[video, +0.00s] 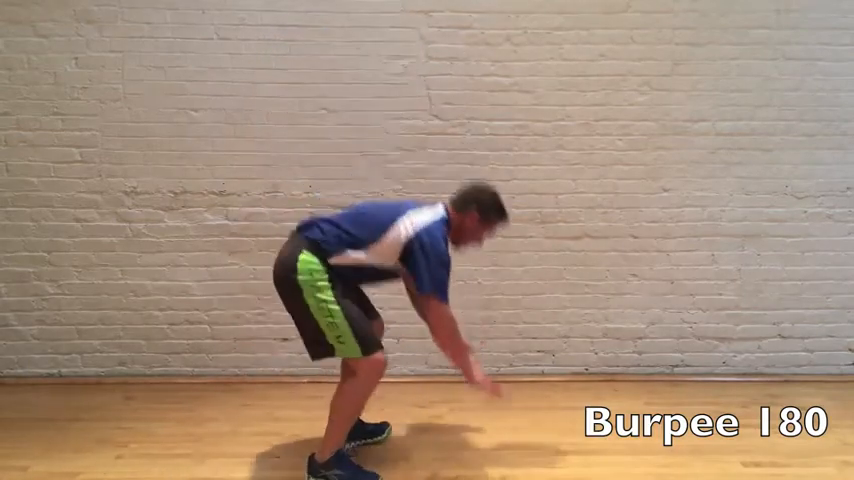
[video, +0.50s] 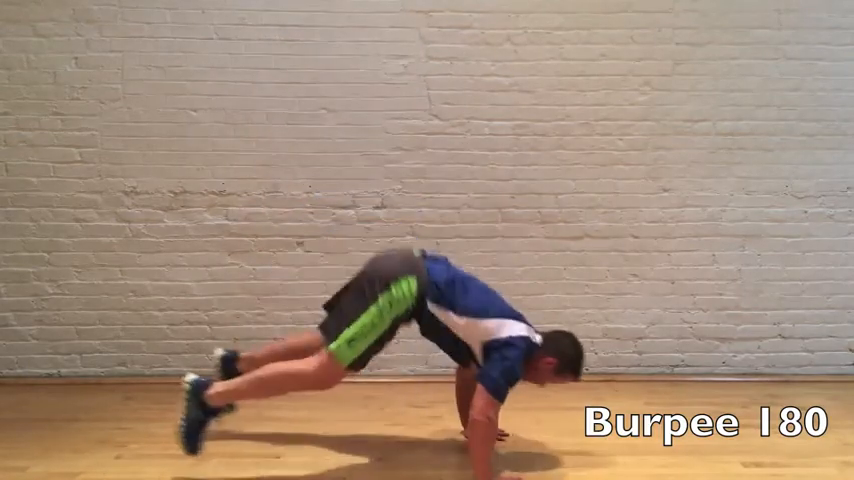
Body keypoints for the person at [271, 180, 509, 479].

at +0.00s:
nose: (484, 240)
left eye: (489, 234)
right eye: (486, 231)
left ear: (467, 213)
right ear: (470, 217)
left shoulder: (427, 218)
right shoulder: (429, 236)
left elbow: (425, 302)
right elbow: (437, 311)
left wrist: (457, 346)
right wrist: (469, 369)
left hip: (318, 259)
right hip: (307, 265)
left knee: (372, 328)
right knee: (370, 362)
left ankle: (347, 424)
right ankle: (326, 459)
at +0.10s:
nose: (488, 292)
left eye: (494, 286)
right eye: (491, 283)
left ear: (474, 265)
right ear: (477, 269)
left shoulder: (440, 263)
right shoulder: (437, 281)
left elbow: (444, 350)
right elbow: (450, 367)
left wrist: (465, 386)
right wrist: (481, 426)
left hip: (320, 274)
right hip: (311, 283)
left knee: (387, 335)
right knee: (384, 371)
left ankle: (348, 427)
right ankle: (327, 459)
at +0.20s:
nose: (494, 336)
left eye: (502, 333)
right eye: (499, 329)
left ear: (483, 304)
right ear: (486, 312)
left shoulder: (459, 300)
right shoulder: (451, 319)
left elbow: (459, 383)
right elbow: (462, 402)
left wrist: (476, 422)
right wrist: (488, 465)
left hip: (335, 258)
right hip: (326, 271)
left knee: (383, 347)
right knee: (381, 369)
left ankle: (348, 427)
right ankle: (328, 458)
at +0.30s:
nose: (491, 371)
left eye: (498, 367)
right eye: (498, 365)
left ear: (492, 343)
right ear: (493, 349)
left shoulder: (471, 324)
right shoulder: (462, 335)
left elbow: (460, 386)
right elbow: (465, 420)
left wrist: (472, 428)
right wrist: (480, 474)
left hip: (372, 239)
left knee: (366, 345)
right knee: (368, 363)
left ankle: (333, 414)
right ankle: (315, 451)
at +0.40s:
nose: (515, 378)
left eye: (523, 374)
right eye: (523, 373)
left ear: (518, 344)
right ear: (520, 357)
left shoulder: (489, 328)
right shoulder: (488, 342)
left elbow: (463, 384)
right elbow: (475, 416)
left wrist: (475, 426)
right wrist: (482, 473)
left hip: (388, 241)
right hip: (389, 255)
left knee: (346, 344)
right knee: (353, 370)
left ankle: (275, 379)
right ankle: (253, 412)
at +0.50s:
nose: (548, 384)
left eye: (556, 380)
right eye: (555, 379)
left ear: (546, 351)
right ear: (549, 363)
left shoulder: (509, 332)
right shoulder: (515, 350)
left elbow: (467, 384)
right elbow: (482, 419)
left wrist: (474, 431)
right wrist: (486, 475)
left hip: (404, 265)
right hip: (405, 281)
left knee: (323, 342)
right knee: (323, 372)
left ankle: (237, 367)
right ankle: (210, 397)